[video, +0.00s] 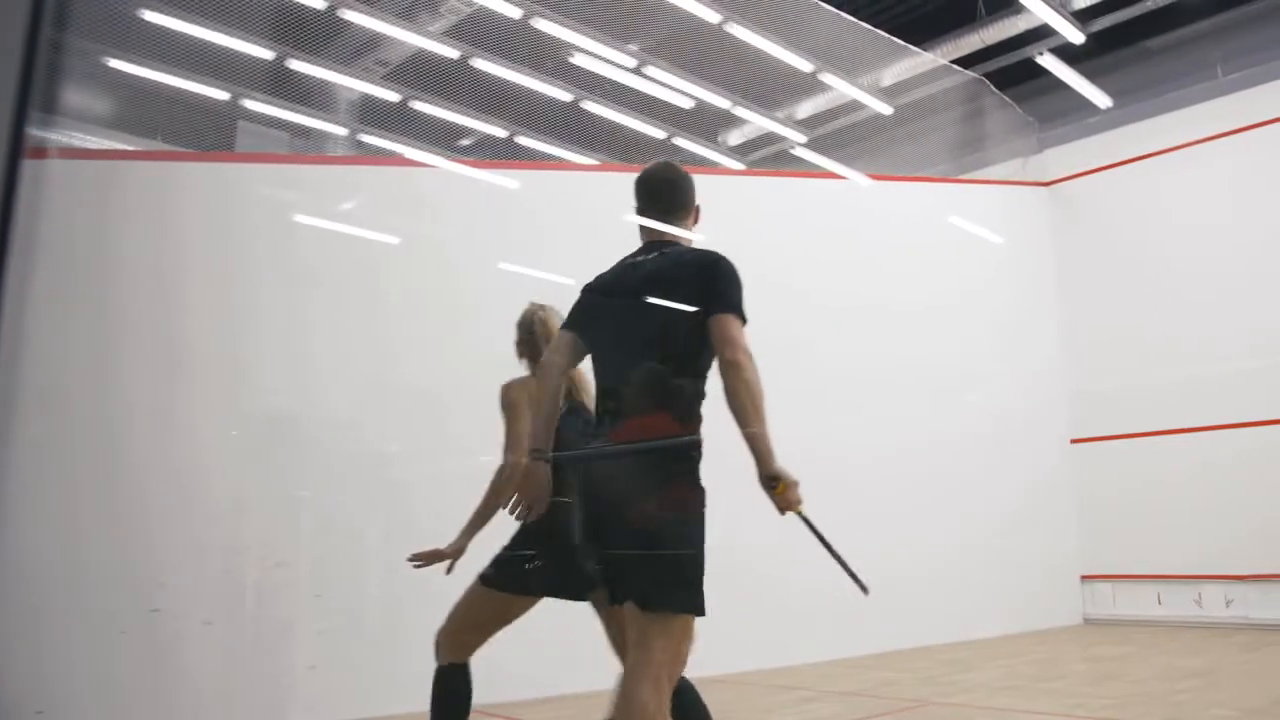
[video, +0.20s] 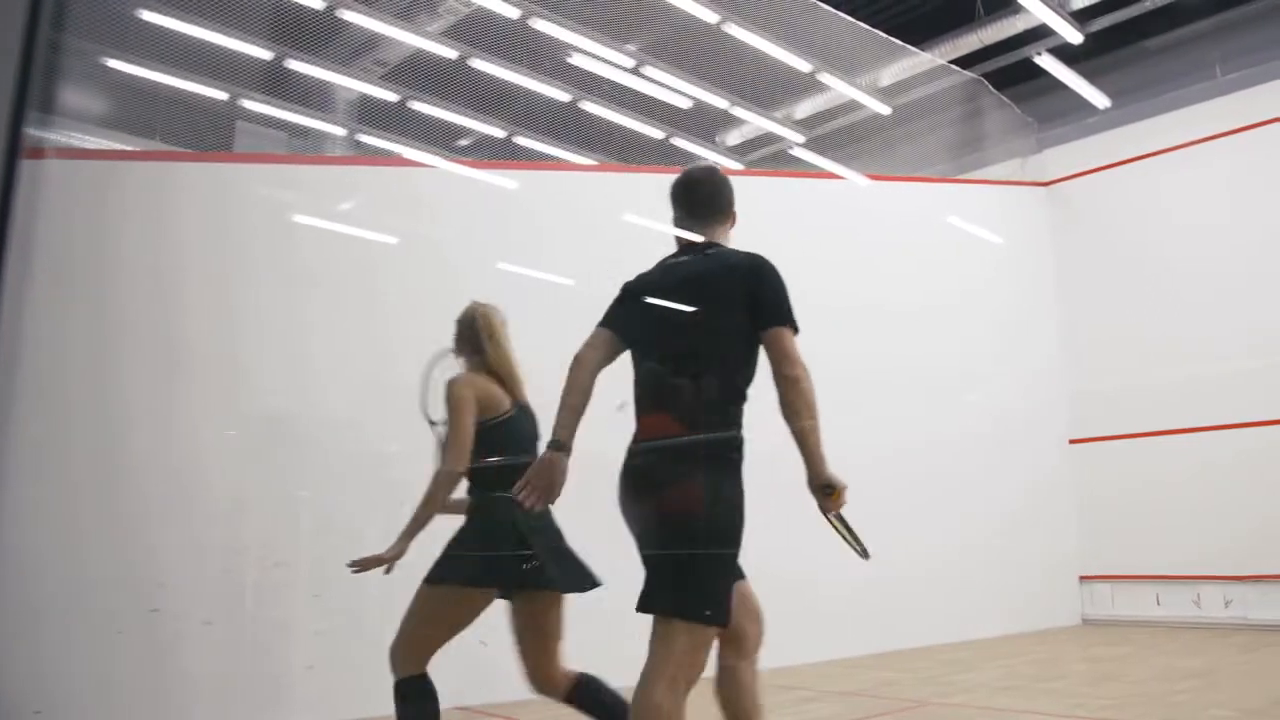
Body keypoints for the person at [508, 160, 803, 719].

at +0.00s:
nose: (694, 217)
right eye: (695, 211)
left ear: (638, 216)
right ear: (694, 214)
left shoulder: (602, 285)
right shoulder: (710, 270)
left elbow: (552, 367)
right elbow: (734, 360)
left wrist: (537, 457)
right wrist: (768, 464)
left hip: (603, 473)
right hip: (665, 473)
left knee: (651, 648)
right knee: (660, 653)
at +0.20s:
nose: (735, 220)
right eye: (734, 213)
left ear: (677, 218)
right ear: (732, 216)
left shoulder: (644, 286)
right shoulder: (753, 273)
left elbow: (587, 358)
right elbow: (790, 373)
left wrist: (557, 449)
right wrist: (818, 469)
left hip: (643, 477)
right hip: (706, 479)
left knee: (744, 626)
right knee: (674, 667)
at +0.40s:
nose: (711, 234)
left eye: (709, 227)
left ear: (712, 230)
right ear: (768, 229)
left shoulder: (686, 299)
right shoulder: (793, 281)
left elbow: (624, 369)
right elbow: (837, 384)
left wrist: (586, 454)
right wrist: (859, 468)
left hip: (696, 494)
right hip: (757, 496)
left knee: (796, 646)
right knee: (709, 669)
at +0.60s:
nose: (740, 247)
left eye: (739, 240)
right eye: (743, 240)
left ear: (746, 243)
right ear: (800, 241)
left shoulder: (725, 314)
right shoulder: (833, 290)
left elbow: (667, 387)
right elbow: (879, 390)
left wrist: (632, 470)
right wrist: (893, 468)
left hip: (748, 498)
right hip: (809, 495)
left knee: (846, 644)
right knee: (796, 672)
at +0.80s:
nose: (772, 255)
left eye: (772, 246)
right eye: (772, 247)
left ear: (781, 244)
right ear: (830, 243)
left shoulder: (759, 315)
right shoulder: (872, 294)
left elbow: (707, 393)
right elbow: (919, 391)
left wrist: (693, 483)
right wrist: (928, 470)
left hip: (786, 495)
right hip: (855, 488)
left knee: (870, 657)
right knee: (905, 665)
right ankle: (826, 713)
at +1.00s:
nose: (797, 252)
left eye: (798, 240)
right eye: (797, 241)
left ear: (815, 238)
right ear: (856, 241)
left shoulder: (786, 308)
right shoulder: (900, 295)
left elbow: (738, 381)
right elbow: (951, 386)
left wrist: (743, 468)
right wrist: (962, 470)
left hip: (816, 493)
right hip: (888, 484)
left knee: (878, 644)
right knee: (943, 634)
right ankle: (920, 712)